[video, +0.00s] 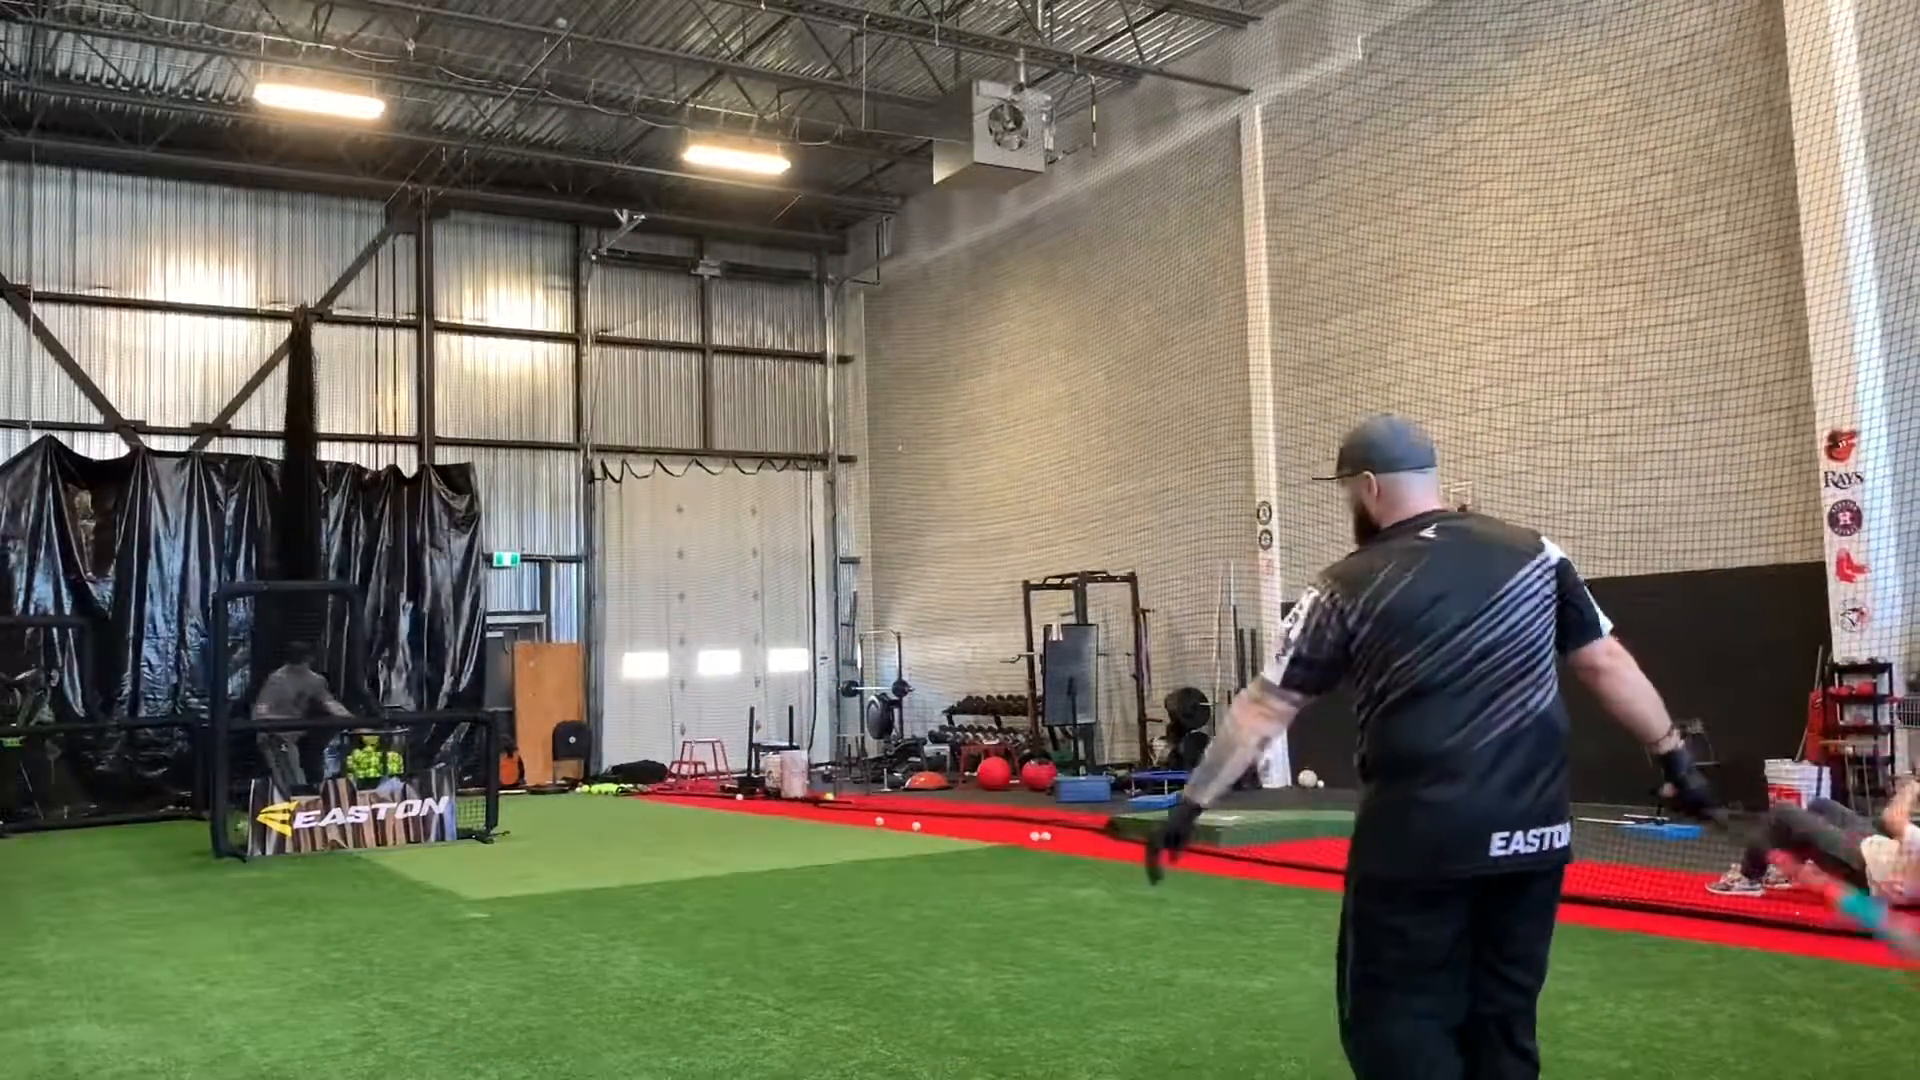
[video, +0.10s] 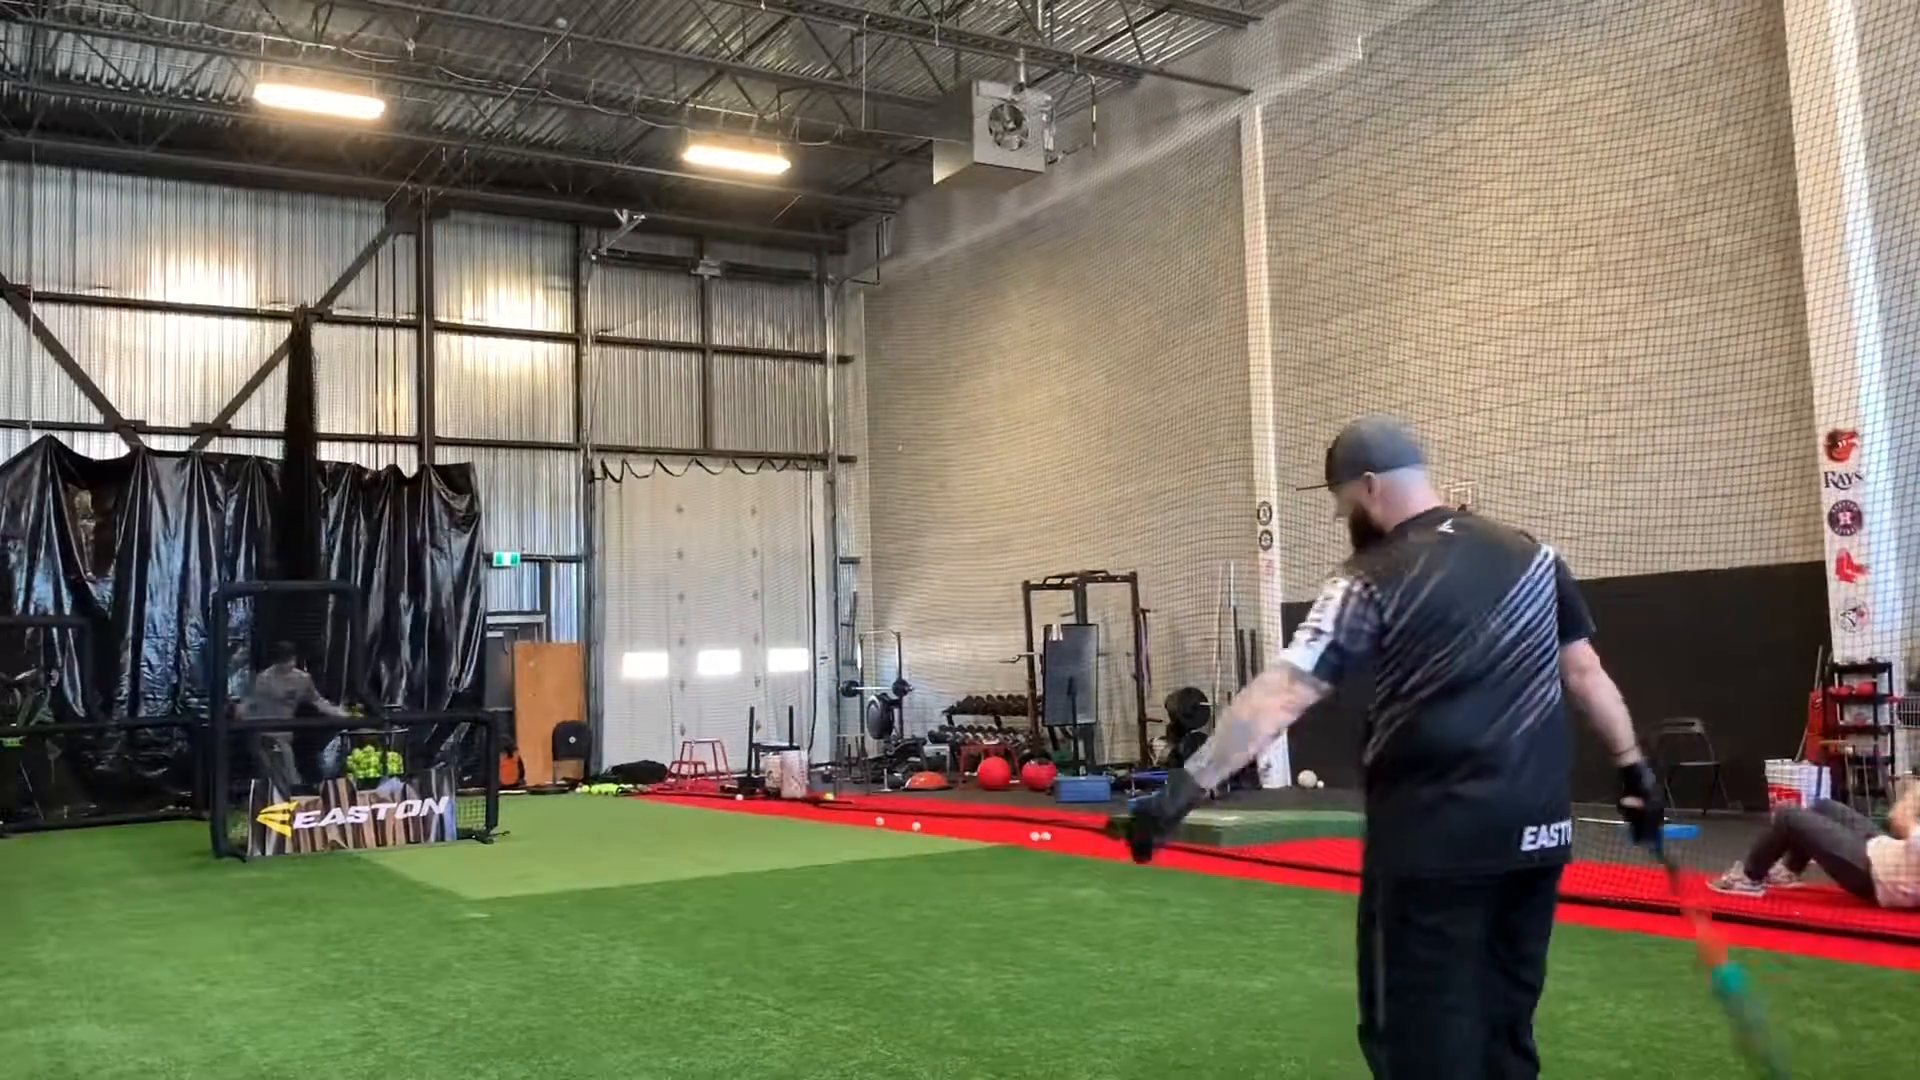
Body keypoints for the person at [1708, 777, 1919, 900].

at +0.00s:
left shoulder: (1917, 844)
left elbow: (1892, 820)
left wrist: (1909, 791)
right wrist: (1909, 794)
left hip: (1865, 862)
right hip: (1879, 843)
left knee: (1782, 813)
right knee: (1821, 805)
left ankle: (1749, 874)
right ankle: (1791, 867)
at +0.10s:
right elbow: (1901, 821)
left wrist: (1909, 826)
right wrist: (1910, 823)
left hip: (1875, 874)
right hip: (1886, 848)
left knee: (1789, 816)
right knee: (1826, 806)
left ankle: (1750, 874)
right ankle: (1789, 868)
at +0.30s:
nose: (1904, 808)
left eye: (1910, 803)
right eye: (1910, 801)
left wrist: (1911, 825)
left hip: (1876, 877)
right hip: (1888, 851)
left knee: (1790, 815)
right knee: (1827, 805)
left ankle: (1750, 875)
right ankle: (1792, 870)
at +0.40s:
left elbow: (1902, 827)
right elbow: (1903, 827)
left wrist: (1906, 816)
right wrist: (1907, 810)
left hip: (1871, 874)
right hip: (1884, 850)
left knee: (1788, 812)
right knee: (1824, 803)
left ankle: (1750, 875)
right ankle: (1792, 871)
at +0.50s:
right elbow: (1904, 840)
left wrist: (1902, 819)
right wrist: (1901, 816)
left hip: (1870, 872)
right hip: (1888, 851)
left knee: (1788, 812)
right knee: (1823, 803)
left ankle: (1749, 874)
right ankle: (1792, 870)